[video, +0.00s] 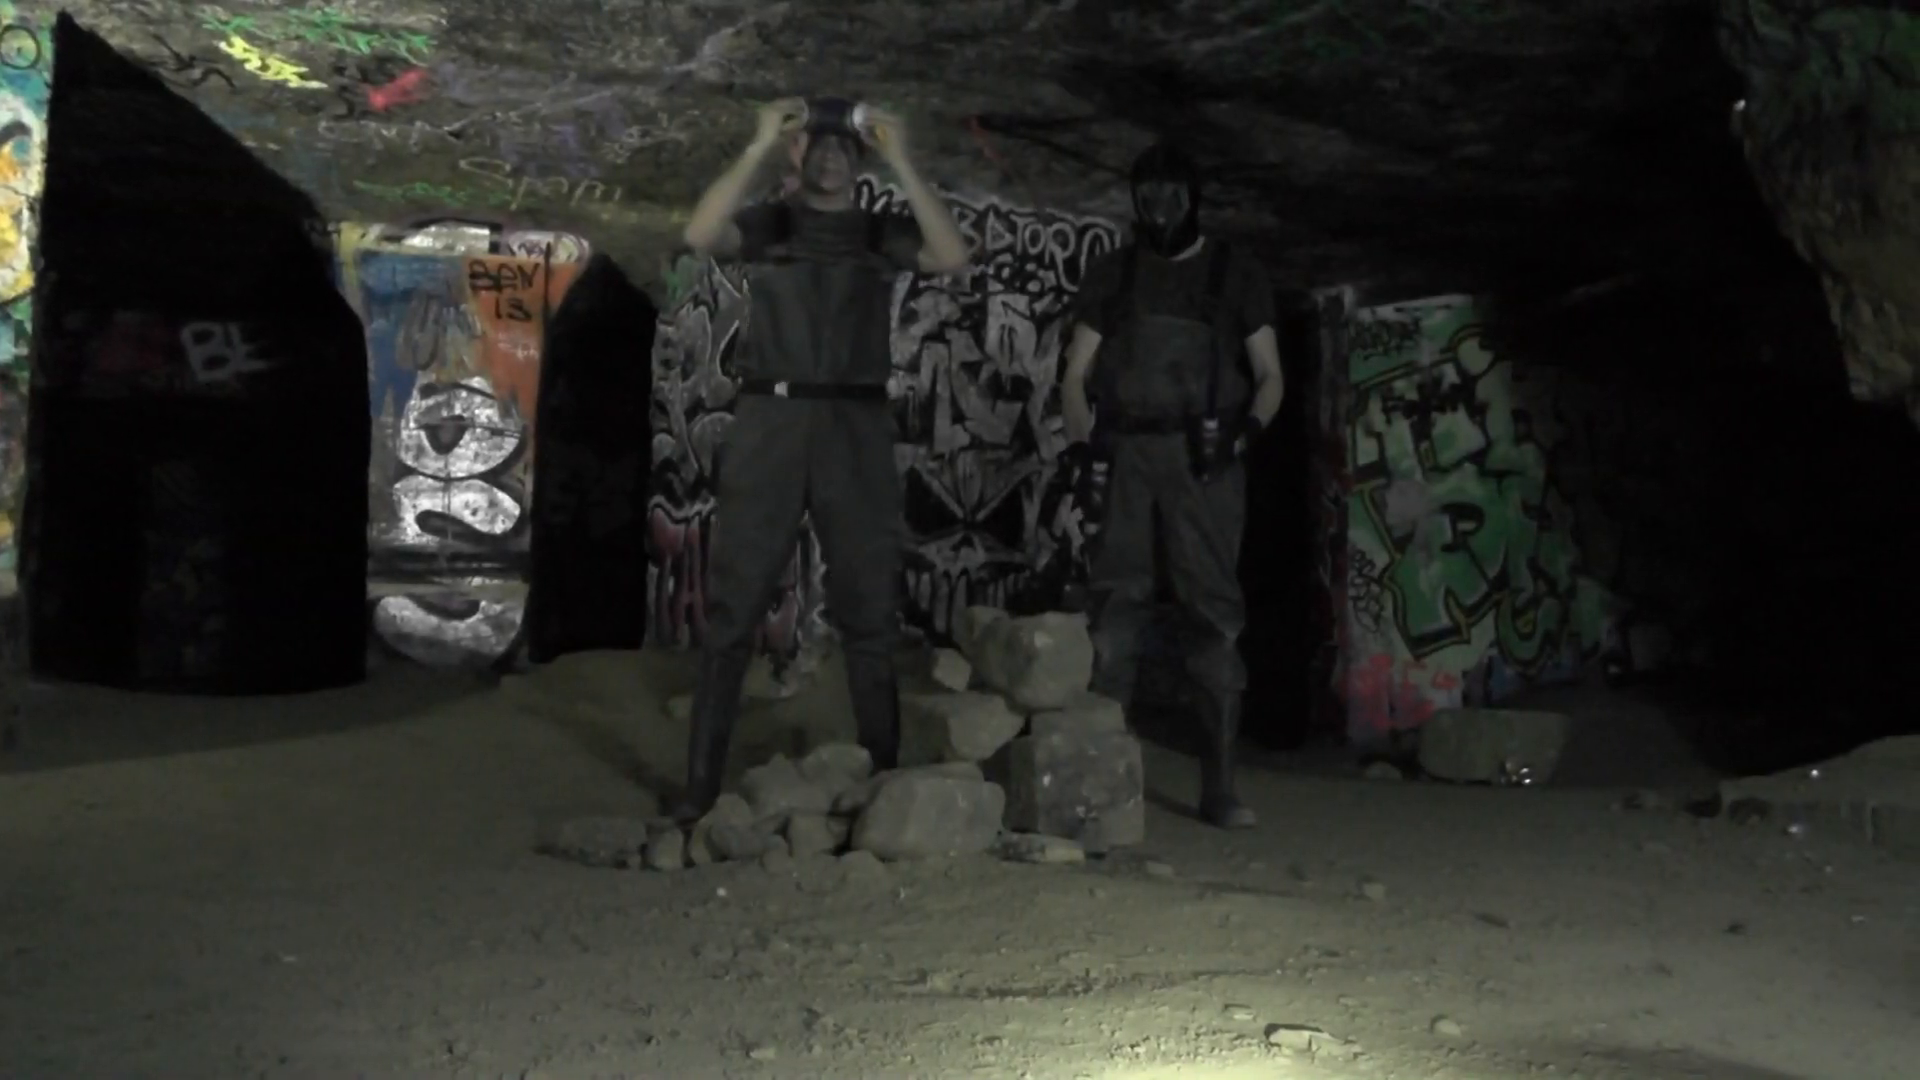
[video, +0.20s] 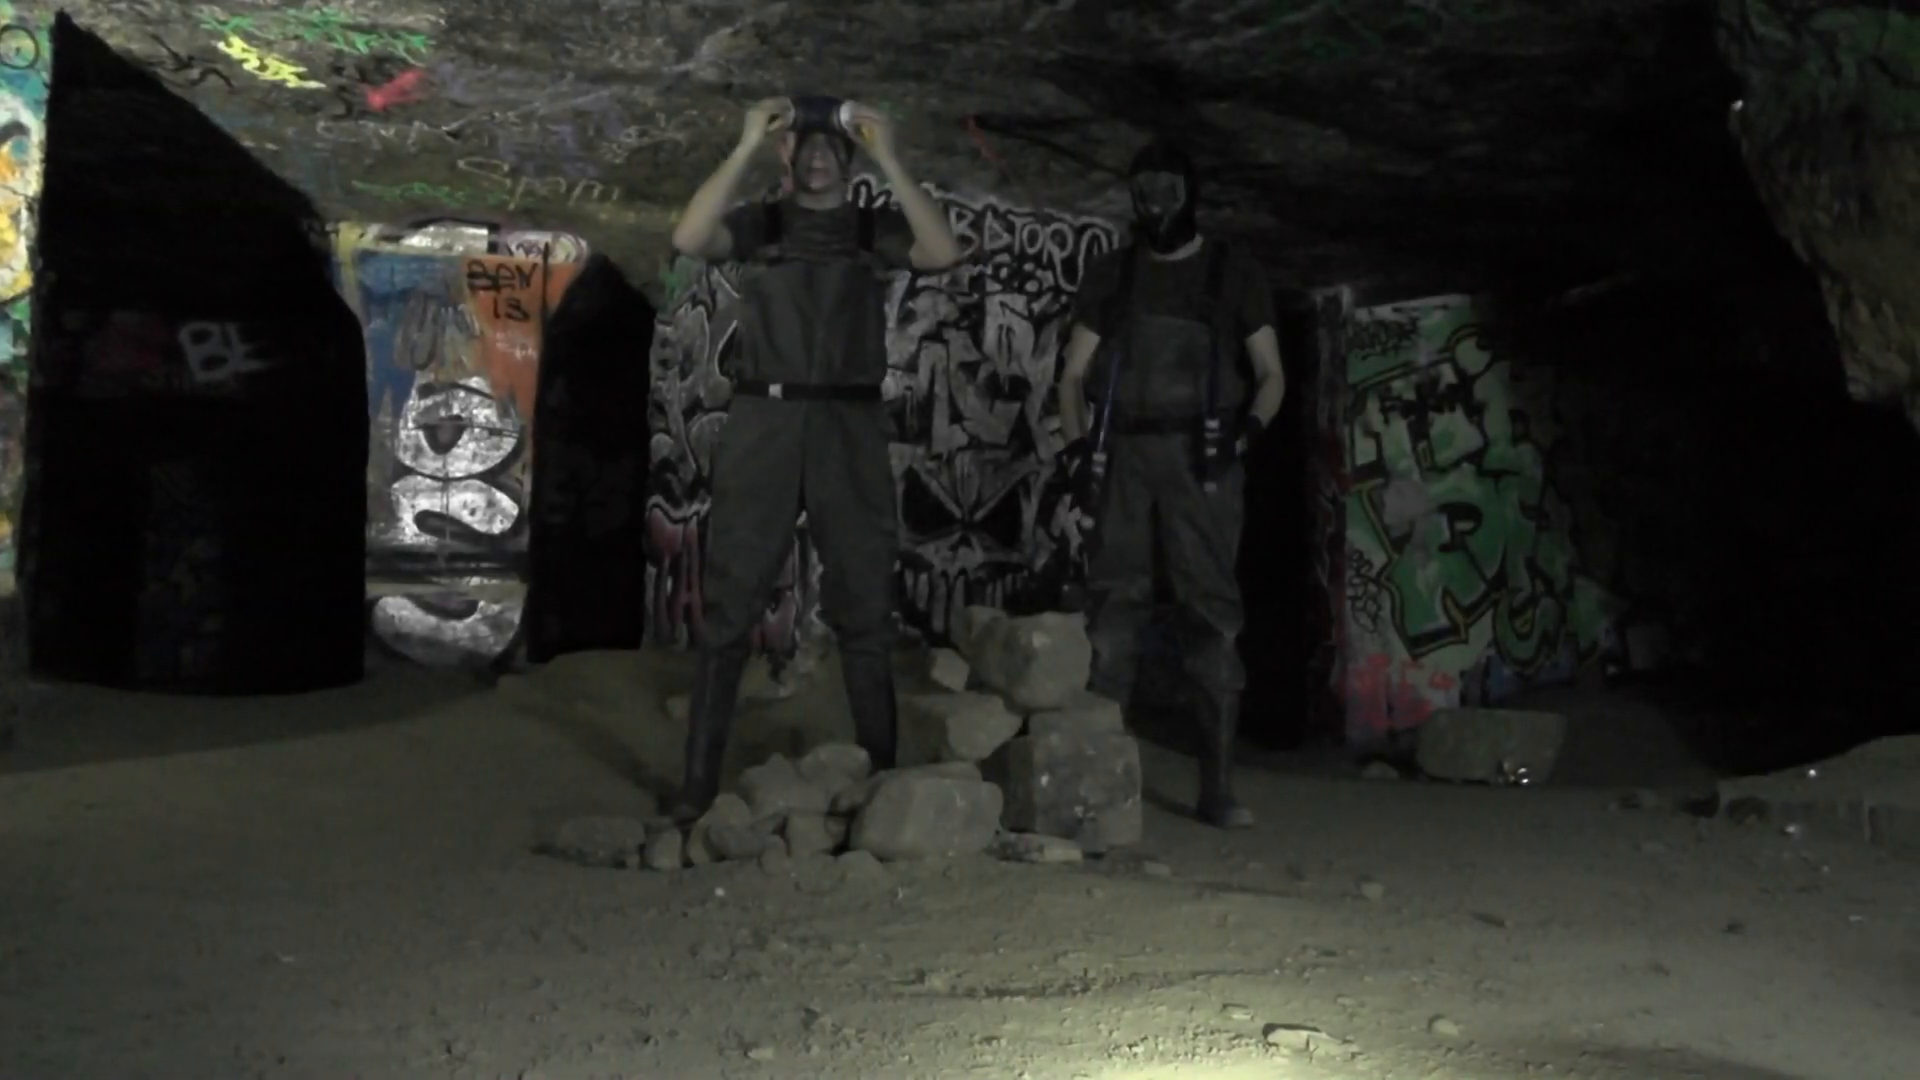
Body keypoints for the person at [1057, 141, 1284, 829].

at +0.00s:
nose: (1158, 210)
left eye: (1170, 196)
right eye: (1147, 197)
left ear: (1193, 198)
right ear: (1133, 200)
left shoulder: (1231, 273)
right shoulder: (1116, 273)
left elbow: (1270, 377)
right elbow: (1074, 374)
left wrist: (1241, 435)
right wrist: (1088, 436)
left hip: (1204, 467)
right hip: (1127, 465)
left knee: (1213, 620)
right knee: (1116, 616)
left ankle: (1220, 787)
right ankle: (1101, 781)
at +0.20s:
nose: (1155, 204)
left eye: (1167, 190)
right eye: (1144, 190)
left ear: (1190, 193)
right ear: (1131, 195)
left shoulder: (1230, 272)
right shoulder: (1116, 273)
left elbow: (1271, 377)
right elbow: (1072, 373)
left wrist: (1242, 436)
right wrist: (1078, 440)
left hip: (1202, 467)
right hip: (1123, 466)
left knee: (1211, 618)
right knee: (1114, 615)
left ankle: (1217, 786)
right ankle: (1099, 779)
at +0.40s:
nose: (1153, 201)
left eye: (1165, 187)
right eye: (1142, 187)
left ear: (1188, 193)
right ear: (1128, 194)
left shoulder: (1227, 272)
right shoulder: (1114, 273)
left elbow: (1270, 377)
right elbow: (1069, 372)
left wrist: (1243, 441)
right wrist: (1077, 445)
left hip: (1201, 468)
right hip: (1121, 469)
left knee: (1209, 619)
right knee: (1113, 615)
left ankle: (1216, 786)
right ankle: (1098, 780)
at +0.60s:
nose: (1149, 202)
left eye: (1161, 188)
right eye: (1138, 188)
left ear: (1183, 195)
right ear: (1124, 196)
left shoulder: (1223, 273)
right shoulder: (1109, 274)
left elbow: (1264, 375)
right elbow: (1064, 370)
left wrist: (1235, 440)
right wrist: (1076, 446)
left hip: (1197, 469)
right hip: (1116, 471)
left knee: (1209, 620)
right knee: (1110, 618)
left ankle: (1216, 786)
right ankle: (1098, 781)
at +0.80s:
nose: (1140, 201)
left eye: (1152, 187)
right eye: (1129, 188)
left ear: (1174, 193)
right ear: (1114, 196)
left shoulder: (1213, 269)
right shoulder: (1097, 273)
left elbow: (1254, 375)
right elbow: (1056, 374)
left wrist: (1229, 441)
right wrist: (1069, 448)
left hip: (1191, 467)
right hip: (1110, 470)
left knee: (1204, 619)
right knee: (1106, 617)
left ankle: (1216, 788)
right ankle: (1096, 783)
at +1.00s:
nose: (1126, 200)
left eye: (1137, 187)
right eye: (1116, 187)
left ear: (1161, 195)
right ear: (1101, 196)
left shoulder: (1199, 271)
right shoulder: (1083, 273)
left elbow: (1242, 376)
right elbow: (1044, 381)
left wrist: (1219, 446)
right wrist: (1064, 464)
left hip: (1182, 468)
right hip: (1099, 470)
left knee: (1198, 619)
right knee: (1100, 620)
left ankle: (1215, 785)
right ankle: (1096, 783)